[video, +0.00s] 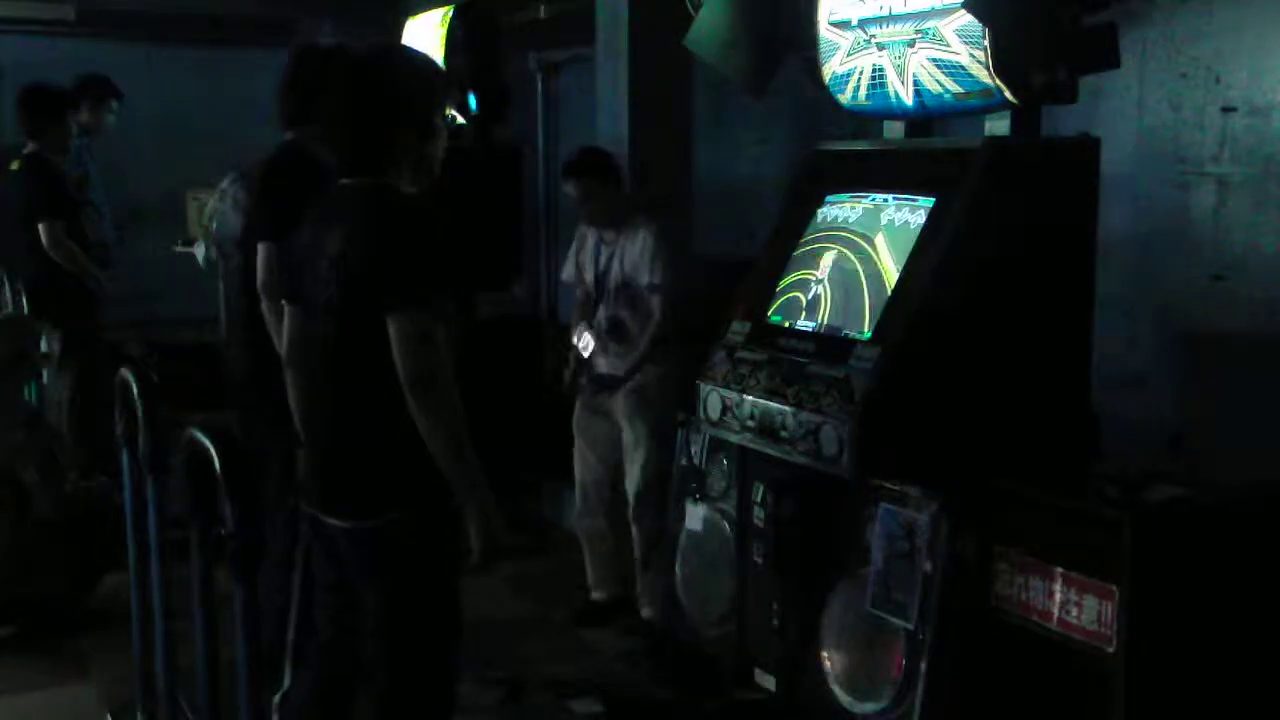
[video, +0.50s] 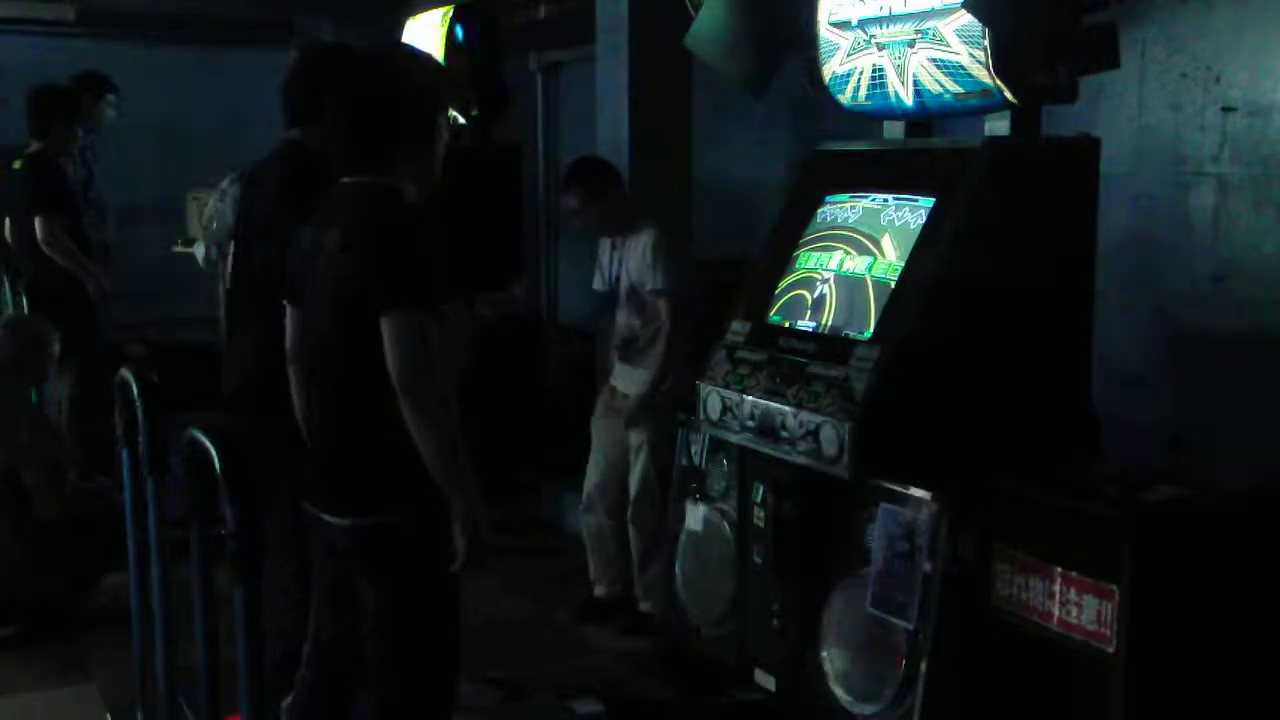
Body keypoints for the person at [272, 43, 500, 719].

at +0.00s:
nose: (447, 140)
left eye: (445, 121)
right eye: (437, 123)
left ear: (356, 126)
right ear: (408, 131)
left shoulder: (318, 214)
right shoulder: (411, 224)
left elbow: (293, 347)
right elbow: (420, 373)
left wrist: (314, 447)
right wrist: (471, 492)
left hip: (326, 480)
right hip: (401, 487)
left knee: (329, 662)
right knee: (414, 667)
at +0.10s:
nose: (446, 140)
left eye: (445, 121)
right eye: (438, 122)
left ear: (355, 125)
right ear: (410, 131)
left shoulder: (319, 213)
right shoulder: (410, 223)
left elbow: (294, 343)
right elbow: (418, 368)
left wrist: (316, 442)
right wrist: (470, 491)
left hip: (328, 480)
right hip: (401, 486)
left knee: (334, 660)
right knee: (415, 665)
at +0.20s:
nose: (447, 135)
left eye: (445, 116)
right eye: (438, 118)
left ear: (353, 123)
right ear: (413, 128)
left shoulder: (317, 212)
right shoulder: (409, 222)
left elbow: (295, 344)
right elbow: (417, 370)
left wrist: (317, 447)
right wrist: (469, 490)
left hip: (329, 479)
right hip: (401, 486)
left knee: (333, 658)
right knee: (415, 664)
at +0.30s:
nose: (447, 133)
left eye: (445, 116)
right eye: (438, 117)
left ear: (353, 121)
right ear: (412, 127)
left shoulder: (314, 212)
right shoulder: (407, 222)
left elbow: (294, 348)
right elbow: (418, 374)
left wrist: (316, 443)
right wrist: (465, 492)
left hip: (329, 474)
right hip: (397, 482)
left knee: (333, 651)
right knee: (414, 657)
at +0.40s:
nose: (449, 140)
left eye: (446, 122)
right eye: (440, 123)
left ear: (356, 127)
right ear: (413, 131)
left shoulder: (320, 215)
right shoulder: (406, 225)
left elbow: (295, 354)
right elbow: (412, 375)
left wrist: (319, 448)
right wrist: (461, 497)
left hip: (331, 482)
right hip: (397, 490)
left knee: (333, 660)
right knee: (413, 670)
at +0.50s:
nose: (448, 138)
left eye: (445, 120)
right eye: (440, 122)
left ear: (355, 127)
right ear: (414, 130)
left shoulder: (320, 215)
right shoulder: (407, 224)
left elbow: (295, 352)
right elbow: (411, 373)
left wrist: (318, 444)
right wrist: (460, 491)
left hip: (330, 480)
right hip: (398, 489)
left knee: (335, 658)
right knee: (414, 667)